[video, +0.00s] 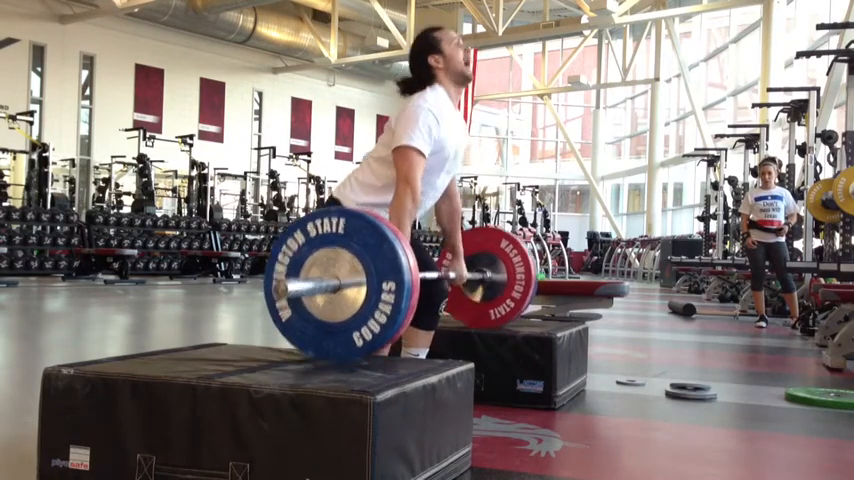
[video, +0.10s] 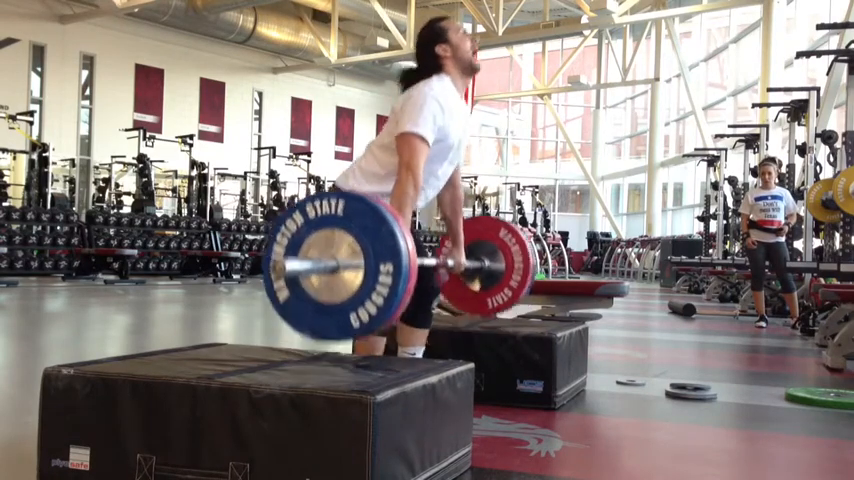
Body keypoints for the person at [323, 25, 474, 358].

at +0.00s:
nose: (468, 51)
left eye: (464, 45)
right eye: (458, 46)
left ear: (443, 63)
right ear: (436, 62)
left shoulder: (454, 120)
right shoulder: (424, 106)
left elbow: (447, 194)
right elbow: (407, 190)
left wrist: (456, 255)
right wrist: (396, 259)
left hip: (389, 219)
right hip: (353, 214)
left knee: (433, 285)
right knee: (391, 295)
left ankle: (409, 383)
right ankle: (371, 386)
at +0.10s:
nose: (473, 40)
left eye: (468, 34)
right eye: (463, 35)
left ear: (450, 53)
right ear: (443, 52)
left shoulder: (457, 108)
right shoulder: (429, 94)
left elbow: (450, 183)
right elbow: (408, 173)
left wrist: (457, 246)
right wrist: (398, 243)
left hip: (396, 205)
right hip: (361, 200)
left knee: (424, 283)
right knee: (376, 289)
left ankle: (407, 381)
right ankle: (366, 388)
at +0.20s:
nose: (478, 26)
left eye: (473, 20)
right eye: (467, 21)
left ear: (455, 39)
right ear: (447, 38)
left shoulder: (463, 93)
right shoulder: (434, 77)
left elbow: (454, 166)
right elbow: (410, 152)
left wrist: (455, 225)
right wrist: (394, 222)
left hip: (404, 202)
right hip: (373, 196)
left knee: (419, 288)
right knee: (376, 290)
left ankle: (405, 381)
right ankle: (363, 383)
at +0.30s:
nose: (466, 13)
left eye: (461, 7)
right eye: (455, 8)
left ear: (443, 27)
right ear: (436, 26)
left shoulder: (457, 79)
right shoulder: (429, 64)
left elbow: (450, 154)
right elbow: (406, 139)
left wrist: (454, 212)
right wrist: (392, 209)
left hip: (413, 205)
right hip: (385, 202)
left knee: (434, 285)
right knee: (402, 285)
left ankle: (412, 383)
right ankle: (374, 385)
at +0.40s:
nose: (410, 2)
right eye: (398, 1)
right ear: (378, 18)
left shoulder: (419, 62)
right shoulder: (391, 52)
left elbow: (433, 140)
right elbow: (389, 127)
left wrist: (455, 196)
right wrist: (404, 196)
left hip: (442, 201)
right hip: (412, 199)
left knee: (454, 291)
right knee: (409, 295)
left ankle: (417, 374)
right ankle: (376, 380)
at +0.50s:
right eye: (337, 1)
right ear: (334, 20)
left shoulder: (389, 52)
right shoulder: (354, 44)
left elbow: (420, 115)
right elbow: (368, 105)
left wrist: (457, 158)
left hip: (426, 183)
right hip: (390, 182)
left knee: (426, 278)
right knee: (387, 280)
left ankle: (415, 373)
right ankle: (371, 377)